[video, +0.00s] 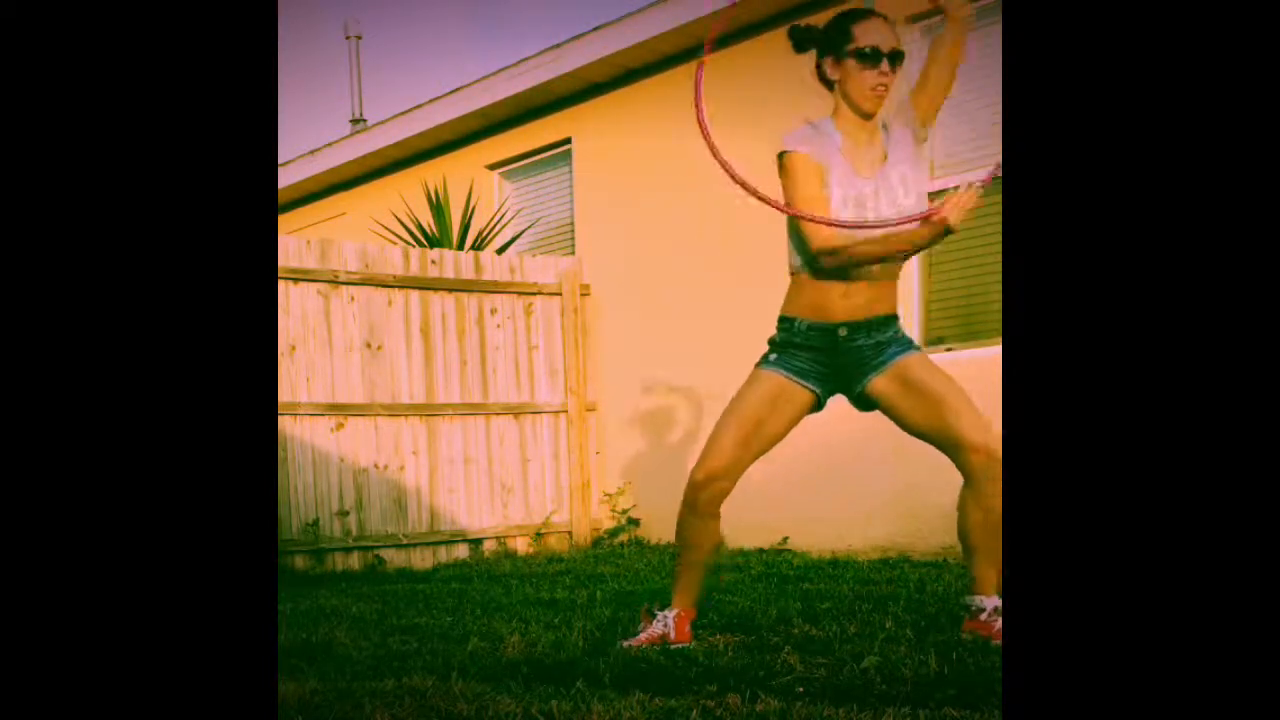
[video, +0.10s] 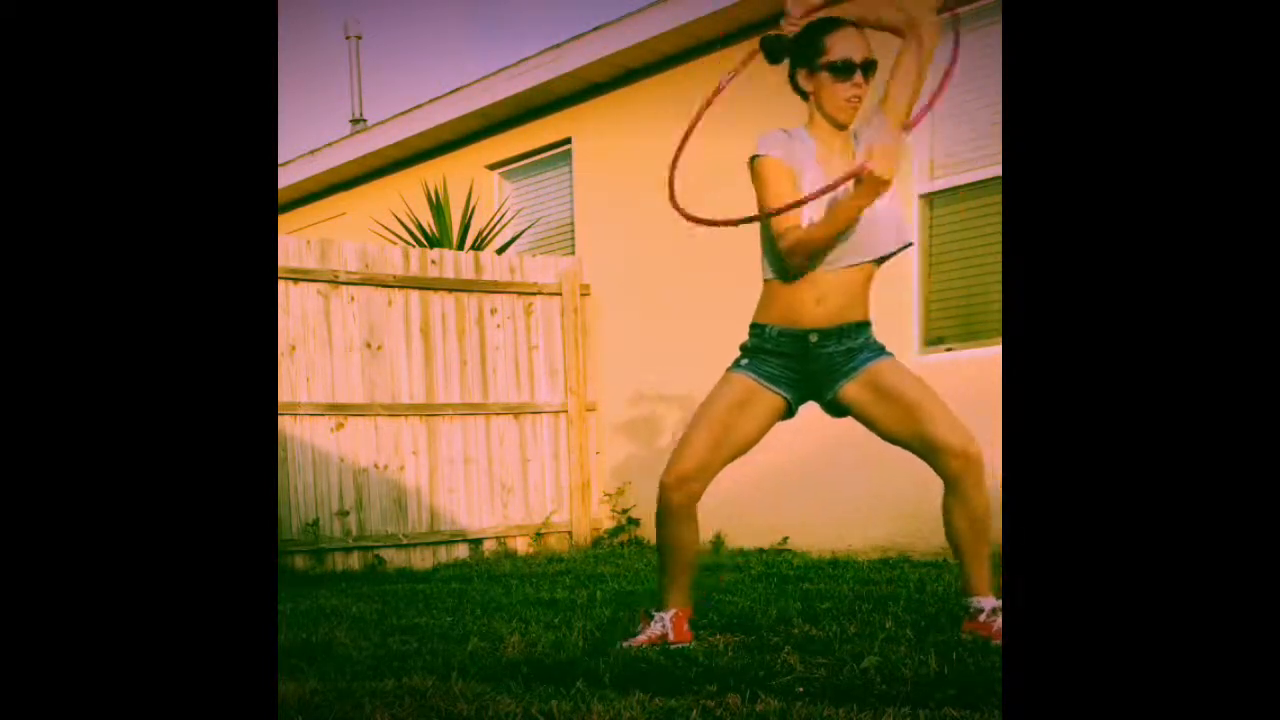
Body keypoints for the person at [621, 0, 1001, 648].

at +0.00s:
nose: (884, 72)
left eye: (892, 59)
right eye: (868, 59)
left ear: (900, 70)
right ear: (831, 68)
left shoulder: (907, 133)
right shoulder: (806, 147)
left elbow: (958, 26)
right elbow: (824, 248)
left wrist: (938, 7)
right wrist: (934, 228)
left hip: (881, 344)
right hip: (801, 347)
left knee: (986, 450)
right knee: (706, 480)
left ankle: (987, 609)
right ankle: (677, 620)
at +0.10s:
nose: (858, 84)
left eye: (864, 71)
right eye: (841, 71)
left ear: (871, 79)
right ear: (806, 79)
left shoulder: (879, 141)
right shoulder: (778, 152)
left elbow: (927, 23)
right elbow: (789, 252)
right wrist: (854, 206)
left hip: (853, 353)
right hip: (772, 355)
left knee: (963, 456)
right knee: (677, 482)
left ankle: (983, 609)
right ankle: (674, 620)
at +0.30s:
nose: (802, 101)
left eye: (810, 86)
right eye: (785, 88)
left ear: (817, 87)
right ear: (748, 93)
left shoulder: (823, 165)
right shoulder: (721, 151)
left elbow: (922, 147)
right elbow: (694, 116)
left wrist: (890, 117)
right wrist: (662, 30)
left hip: (790, 356)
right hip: (708, 358)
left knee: (884, 476)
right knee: (636, 488)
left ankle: (972, 606)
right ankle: (670, 619)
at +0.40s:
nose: (776, 96)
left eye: (785, 81)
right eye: (759, 83)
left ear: (794, 83)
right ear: (724, 87)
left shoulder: (795, 161)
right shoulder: (695, 141)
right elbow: (673, 44)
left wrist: (862, 131)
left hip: (759, 349)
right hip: (681, 351)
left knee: (846, 480)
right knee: (627, 484)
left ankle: (960, 604)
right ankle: (670, 620)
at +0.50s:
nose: (755, 83)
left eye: (764, 70)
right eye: (741, 70)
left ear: (771, 73)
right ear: (711, 71)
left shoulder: (777, 151)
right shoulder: (686, 115)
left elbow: (693, 214)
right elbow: (654, 13)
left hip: (741, 334)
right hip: (667, 340)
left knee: (829, 476)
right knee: (623, 479)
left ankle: (938, 598)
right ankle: (669, 618)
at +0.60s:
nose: (730, 57)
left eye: (746, 46)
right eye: (715, 44)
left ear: (763, 57)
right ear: (696, 57)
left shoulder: (762, 141)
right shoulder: (678, 101)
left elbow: (673, 185)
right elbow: (651, 7)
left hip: (738, 320)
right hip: (666, 327)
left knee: (802, 463)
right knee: (629, 470)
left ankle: (882, 585)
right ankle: (670, 618)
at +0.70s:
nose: (721, 27)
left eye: (738, 17)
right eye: (711, 18)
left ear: (764, 39)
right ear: (697, 37)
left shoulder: (772, 108)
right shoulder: (680, 90)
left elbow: (681, 144)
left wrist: (576, 105)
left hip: (744, 311)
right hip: (670, 316)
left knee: (781, 452)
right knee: (641, 469)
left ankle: (824, 590)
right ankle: (673, 616)